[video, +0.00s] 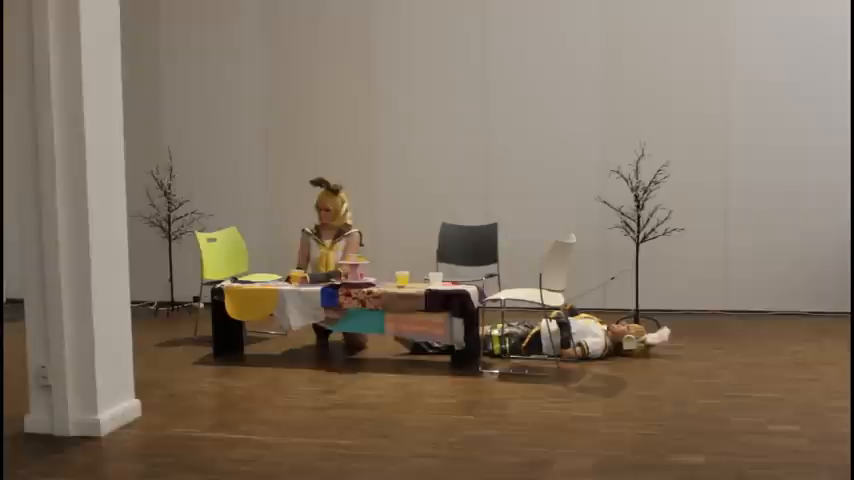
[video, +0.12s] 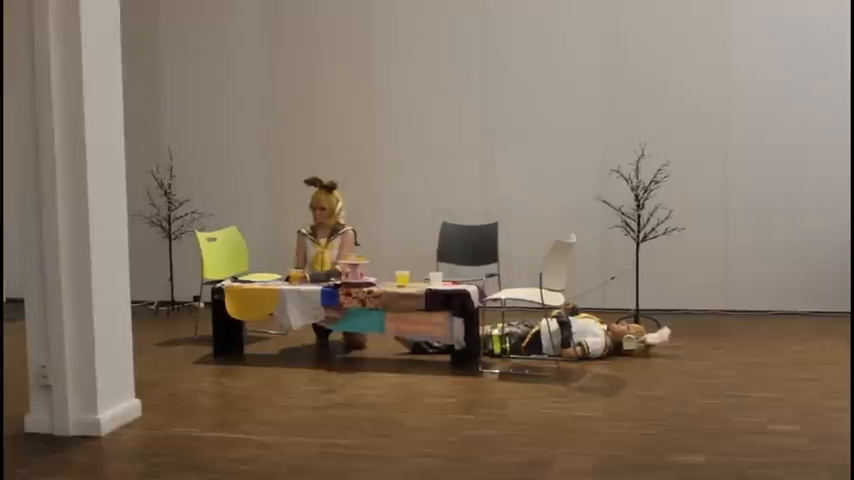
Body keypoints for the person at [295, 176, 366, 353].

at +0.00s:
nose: (322, 215)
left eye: (327, 210)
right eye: (319, 209)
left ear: (340, 211)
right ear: (315, 209)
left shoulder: (351, 234)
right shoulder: (309, 234)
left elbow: (345, 271)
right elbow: (301, 268)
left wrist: (311, 278)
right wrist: (296, 278)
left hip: (343, 291)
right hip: (315, 291)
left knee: (357, 343)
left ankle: (351, 337)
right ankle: (321, 338)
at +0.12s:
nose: (316, 214)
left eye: (322, 209)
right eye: (313, 208)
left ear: (334, 210)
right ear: (310, 208)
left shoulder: (346, 233)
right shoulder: (304, 235)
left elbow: (341, 269)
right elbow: (298, 270)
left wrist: (308, 278)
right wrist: (294, 279)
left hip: (340, 292)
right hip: (314, 292)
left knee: (358, 342)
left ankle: (351, 336)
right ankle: (321, 338)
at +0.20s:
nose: (313, 214)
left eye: (319, 209)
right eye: (310, 209)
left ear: (332, 210)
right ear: (306, 209)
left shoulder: (343, 233)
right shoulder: (302, 236)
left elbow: (338, 270)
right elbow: (297, 274)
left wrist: (307, 278)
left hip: (338, 291)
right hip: (312, 293)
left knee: (358, 342)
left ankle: (350, 336)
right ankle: (321, 337)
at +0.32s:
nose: (310, 212)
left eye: (316, 208)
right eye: (307, 207)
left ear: (329, 209)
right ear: (304, 208)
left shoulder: (340, 231)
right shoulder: (300, 235)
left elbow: (336, 263)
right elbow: (296, 269)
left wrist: (310, 277)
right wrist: (297, 279)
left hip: (337, 289)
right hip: (311, 291)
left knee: (356, 342)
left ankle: (348, 336)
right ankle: (321, 337)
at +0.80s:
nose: (302, 208)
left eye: (307, 204)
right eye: (302, 204)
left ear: (321, 206)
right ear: (301, 205)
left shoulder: (336, 232)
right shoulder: (298, 234)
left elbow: (337, 266)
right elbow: (291, 269)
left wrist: (314, 278)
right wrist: (273, 273)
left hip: (332, 290)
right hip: (306, 292)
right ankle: (321, 335)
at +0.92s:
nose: (298, 213)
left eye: (303, 209)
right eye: (298, 208)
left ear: (317, 211)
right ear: (297, 209)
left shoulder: (335, 235)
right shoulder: (298, 238)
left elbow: (339, 270)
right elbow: (276, 265)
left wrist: (309, 278)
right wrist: (251, 272)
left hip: (336, 291)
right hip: (309, 293)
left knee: (353, 344)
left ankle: (347, 333)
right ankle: (321, 337)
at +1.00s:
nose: (296, 215)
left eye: (301, 211)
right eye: (296, 210)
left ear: (315, 213)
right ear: (296, 211)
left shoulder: (334, 236)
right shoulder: (296, 240)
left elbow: (338, 270)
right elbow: (271, 261)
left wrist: (308, 279)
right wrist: (246, 273)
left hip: (338, 295)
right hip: (312, 298)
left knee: (354, 343)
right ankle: (321, 338)